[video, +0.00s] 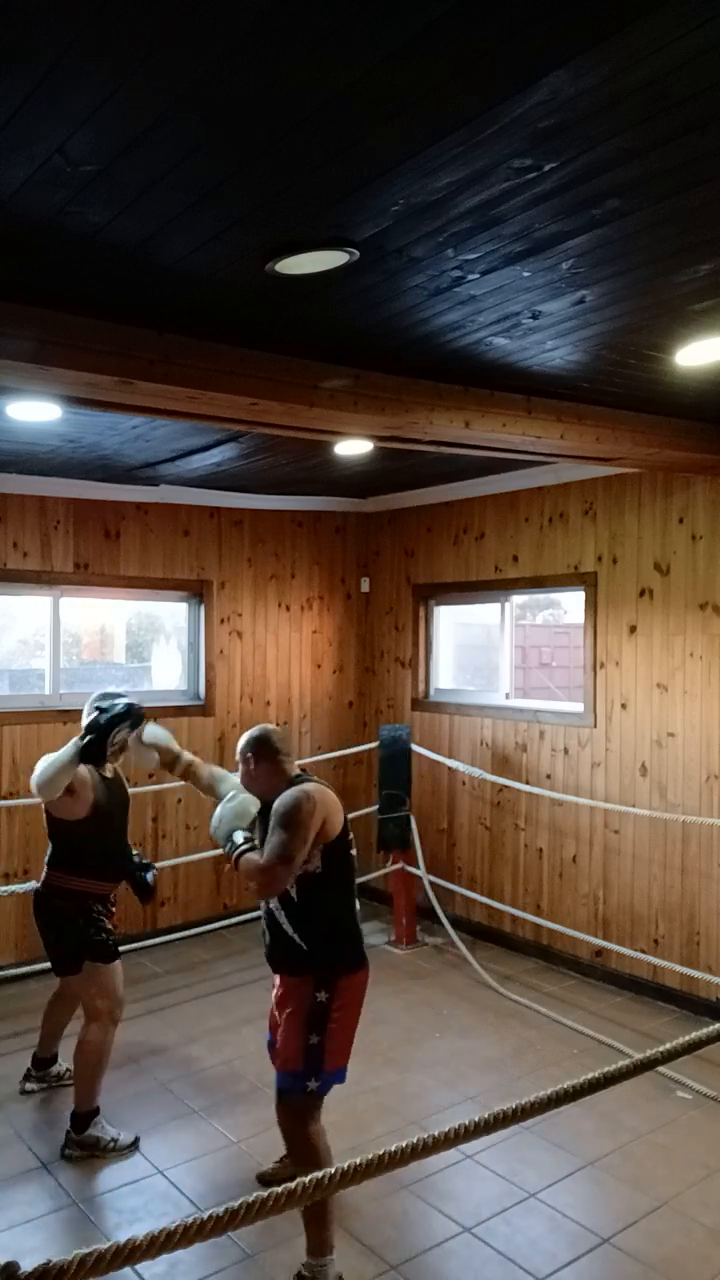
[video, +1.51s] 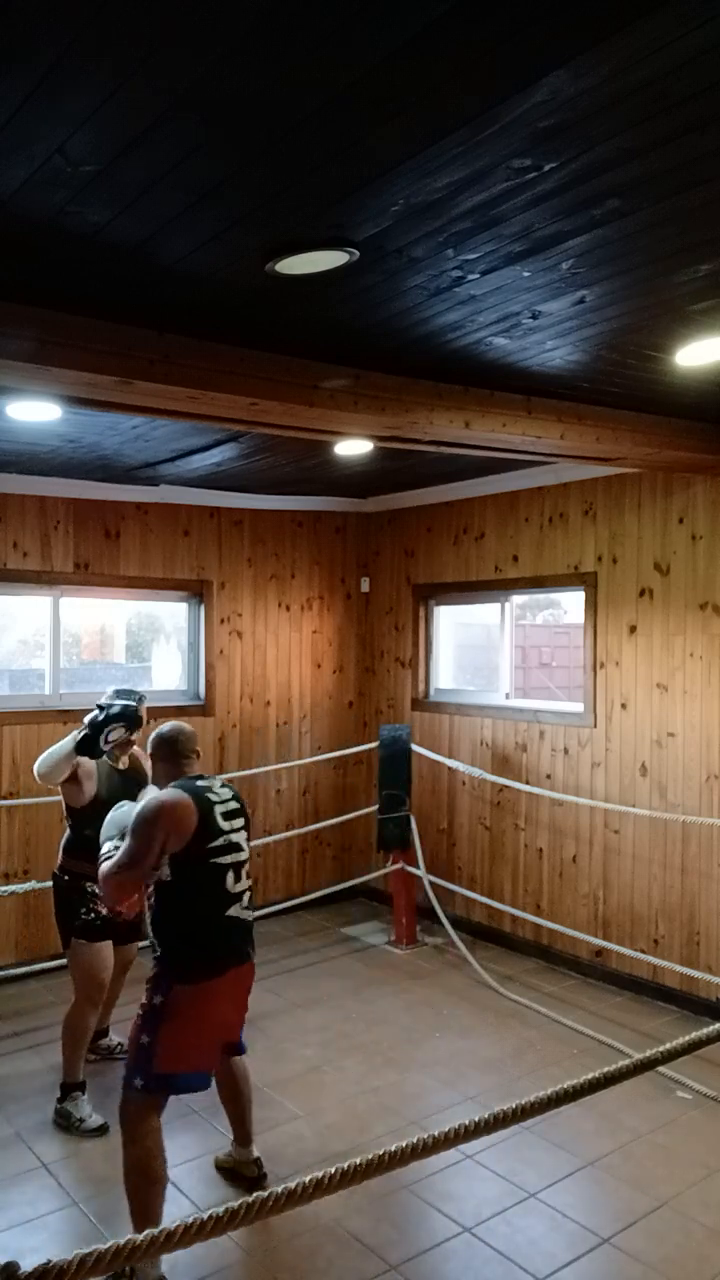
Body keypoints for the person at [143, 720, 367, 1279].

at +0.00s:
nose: (239, 778)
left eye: (241, 768)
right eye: (239, 769)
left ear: (259, 764)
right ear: (276, 757)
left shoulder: (303, 801)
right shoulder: (278, 799)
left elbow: (267, 880)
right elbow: (197, 771)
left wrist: (236, 842)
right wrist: (146, 735)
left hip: (326, 977)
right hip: (298, 969)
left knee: (300, 1118)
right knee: (288, 1073)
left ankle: (320, 1260)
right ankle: (299, 1158)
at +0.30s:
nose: (213, 781)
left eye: (214, 771)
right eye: (214, 771)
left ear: (226, 768)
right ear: (260, 758)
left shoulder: (249, 816)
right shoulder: (302, 795)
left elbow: (202, 896)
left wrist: (175, 863)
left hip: (283, 980)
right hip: (315, 967)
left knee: (281, 1124)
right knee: (272, 1069)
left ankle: (321, 1264)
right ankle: (278, 1159)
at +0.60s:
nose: (209, 774)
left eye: (210, 765)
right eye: (214, 765)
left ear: (219, 763)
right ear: (258, 760)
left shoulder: (216, 808)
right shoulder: (292, 799)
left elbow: (165, 890)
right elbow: (279, 875)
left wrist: (166, 839)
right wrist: (203, 846)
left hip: (248, 980)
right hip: (298, 972)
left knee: (207, 1123)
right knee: (262, 1081)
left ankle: (283, 1247)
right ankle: (261, 1190)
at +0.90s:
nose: (186, 779)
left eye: (185, 771)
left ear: (188, 772)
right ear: (236, 769)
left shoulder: (169, 816)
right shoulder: (270, 807)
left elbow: (131, 894)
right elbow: (290, 877)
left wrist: (168, 868)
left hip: (207, 989)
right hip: (269, 980)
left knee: (173, 1136)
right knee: (249, 1078)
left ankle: (190, 1271)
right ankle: (257, 1182)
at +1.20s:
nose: (161, 766)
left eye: (162, 759)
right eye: (165, 759)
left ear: (170, 760)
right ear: (215, 758)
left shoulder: (176, 809)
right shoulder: (243, 797)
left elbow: (113, 874)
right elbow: (204, 856)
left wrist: (133, 819)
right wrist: (145, 844)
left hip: (194, 979)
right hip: (241, 965)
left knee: (138, 1119)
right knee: (225, 1055)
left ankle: (168, 1260)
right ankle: (246, 1156)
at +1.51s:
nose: (147, 768)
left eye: (147, 760)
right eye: (149, 759)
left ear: (151, 761)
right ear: (197, 757)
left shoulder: (162, 806)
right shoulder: (227, 794)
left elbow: (117, 891)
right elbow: (196, 853)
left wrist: (118, 845)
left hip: (188, 975)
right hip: (238, 963)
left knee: (139, 1110)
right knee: (227, 1049)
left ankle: (145, 1255)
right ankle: (245, 1155)